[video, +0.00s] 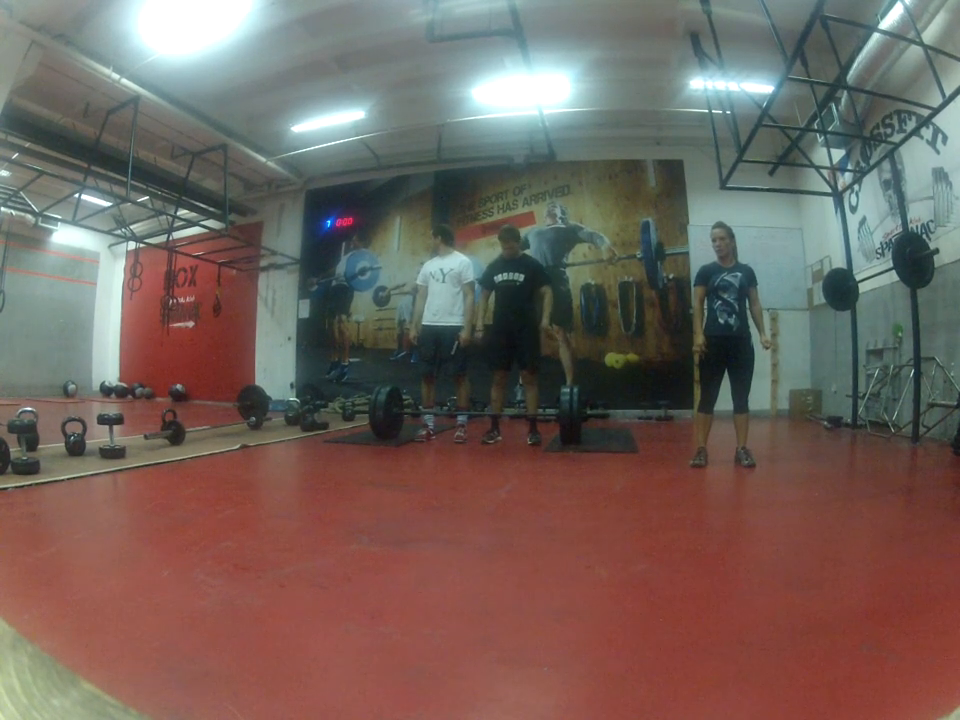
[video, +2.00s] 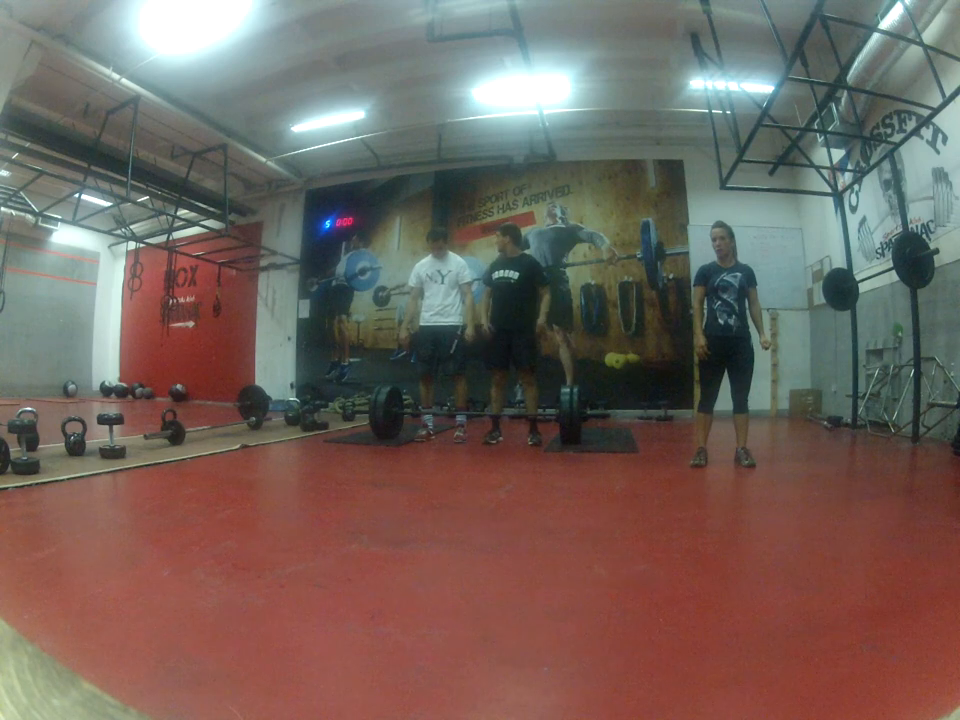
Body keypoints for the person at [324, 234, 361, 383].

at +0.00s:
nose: (353, 243)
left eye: (356, 240)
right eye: (353, 240)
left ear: (361, 242)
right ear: (352, 242)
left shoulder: (361, 256)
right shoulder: (347, 256)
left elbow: (365, 274)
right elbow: (335, 273)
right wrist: (318, 279)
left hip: (346, 288)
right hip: (335, 288)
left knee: (342, 324)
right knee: (333, 325)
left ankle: (345, 363)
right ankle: (335, 362)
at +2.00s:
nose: (352, 243)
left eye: (354, 241)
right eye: (352, 240)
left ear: (360, 242)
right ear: (353, 242)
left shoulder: (360, 256)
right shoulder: (348, 256)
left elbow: (362, 275)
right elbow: (337, 273)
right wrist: (319, 280)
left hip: (346, 289)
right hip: (336, 288)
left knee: (342, 324)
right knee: (334, 325)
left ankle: (345, 362)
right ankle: (335, 360)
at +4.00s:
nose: (353, 243)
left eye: (355, 241)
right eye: (353, 241)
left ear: (361, 243)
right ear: (354, 242)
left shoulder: (360, 256)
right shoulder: (348, 256)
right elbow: (336, 271)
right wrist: (319, 278)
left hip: (346, 288)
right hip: (336, 288)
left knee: (342, 324)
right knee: (334, 325)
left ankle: (345, 362)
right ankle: (335, 361)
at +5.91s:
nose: (353, 243)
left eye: (356, 241)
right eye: (354, 240)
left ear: (361, 243)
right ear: (353, 242)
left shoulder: (359, 257)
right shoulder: (347, 257)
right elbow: (336, 272)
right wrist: (318, 279)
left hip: (346, 288)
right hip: (335, 288)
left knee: (342, 325)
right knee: (332, 326)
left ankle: (345, 363)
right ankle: (335, 361)